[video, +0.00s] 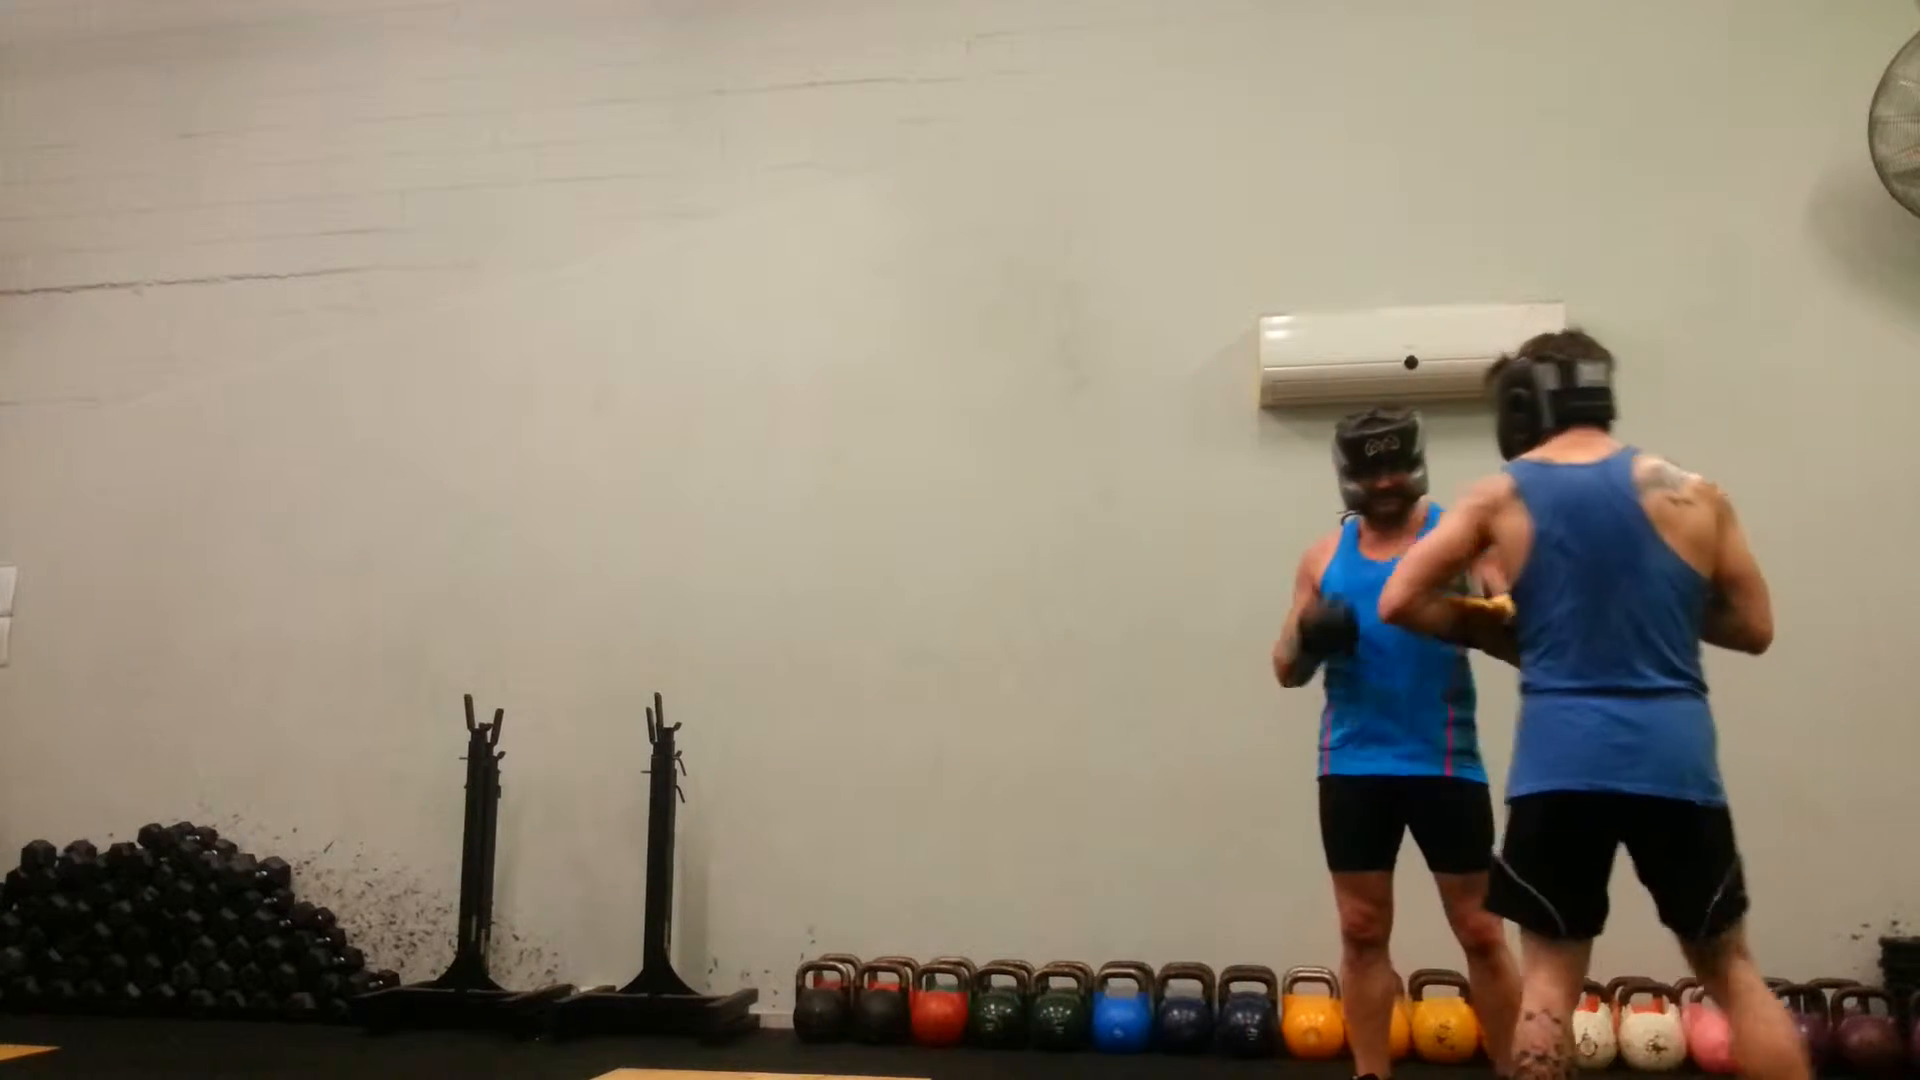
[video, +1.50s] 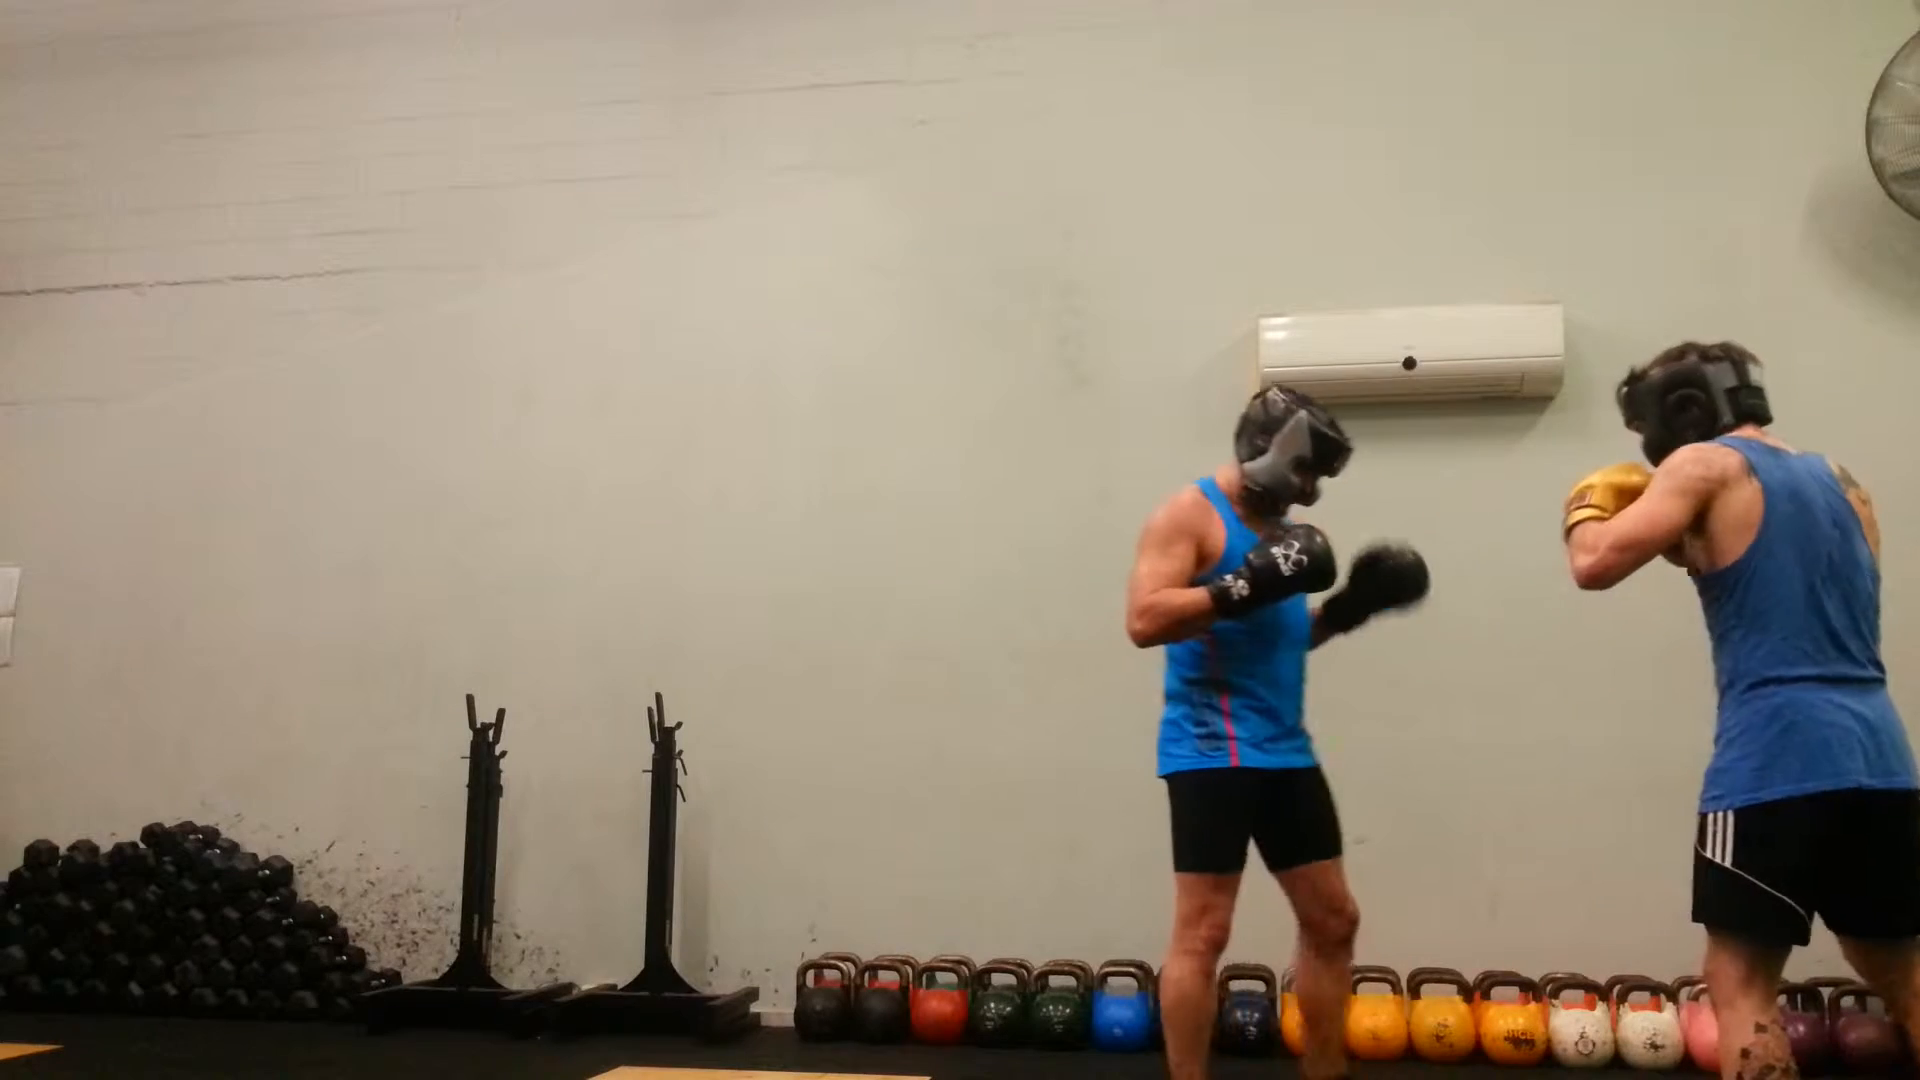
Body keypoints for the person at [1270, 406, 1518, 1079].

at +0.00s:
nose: (1385, 487)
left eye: (1397, 473)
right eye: (1370, 476)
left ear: (1418, 470)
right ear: (1347, 480)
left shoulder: (1457, 537)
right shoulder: (1324, 554)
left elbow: (1522, 632)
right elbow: (1286, 667)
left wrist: (1461, 615)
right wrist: (1310, 635)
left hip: (1446, 764)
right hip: (1354, 766)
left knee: (1481, 932)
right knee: (1362, 930)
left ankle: (1511, 1071)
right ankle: (1371, 1072)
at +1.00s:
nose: (1412, 470)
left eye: (1416, 457)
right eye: (1401, 455)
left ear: (1413, 465)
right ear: (1358, 452)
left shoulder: (1420, 531)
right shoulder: (1283, 528)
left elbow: (1501, 604)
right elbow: (1231, 635)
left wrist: (1515, 522)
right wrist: (1310, 587)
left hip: (1402, 760)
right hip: (1312, 760)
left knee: (1408, 931)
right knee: (1303, 928)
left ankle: (1410, 1077)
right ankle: (1263, 1067)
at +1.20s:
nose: (1380, 477)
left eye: (1385, 463)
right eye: (1369, 461)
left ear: (1374, 466)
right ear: (1324, 454)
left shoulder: (1379, 534)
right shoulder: (1249, 526)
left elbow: (1431, 635)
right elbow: (1204, 634)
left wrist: (1468, 571)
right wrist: (1292, 583)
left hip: (1367, 763)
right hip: (1277, 765)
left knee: (1385, 935)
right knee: (1255, 936)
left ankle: (1400, 1075)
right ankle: (1207, 1075)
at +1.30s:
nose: (1362, 480)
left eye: (1365, 466)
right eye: (1354, 464)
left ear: (1327, 464)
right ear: (1312, 457)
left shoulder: (1343, 537)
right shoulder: (1226, 523)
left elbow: (1358, 647)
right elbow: (1185, 633)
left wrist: (1414, 610)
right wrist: (1278, 586)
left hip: (1335, 760)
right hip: (1251, 762)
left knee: (1369, 940)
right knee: (1233, 937)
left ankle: (1395, 1076)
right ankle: (1199, 1076)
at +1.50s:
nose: (1312, 491)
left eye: (1318, 477)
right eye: (1305, 475)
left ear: (1280, 461)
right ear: (1268, 456)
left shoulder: (1278, 526)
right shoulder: (1187, 515)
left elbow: (1282, 636)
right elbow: (1144, 621)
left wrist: (1354, 602)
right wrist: (1252, 581)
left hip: (1284, 753)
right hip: (1209, 757)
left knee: (1332, 922)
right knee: (1201, 935)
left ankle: (1325, 1072)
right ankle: (1188, 1076)